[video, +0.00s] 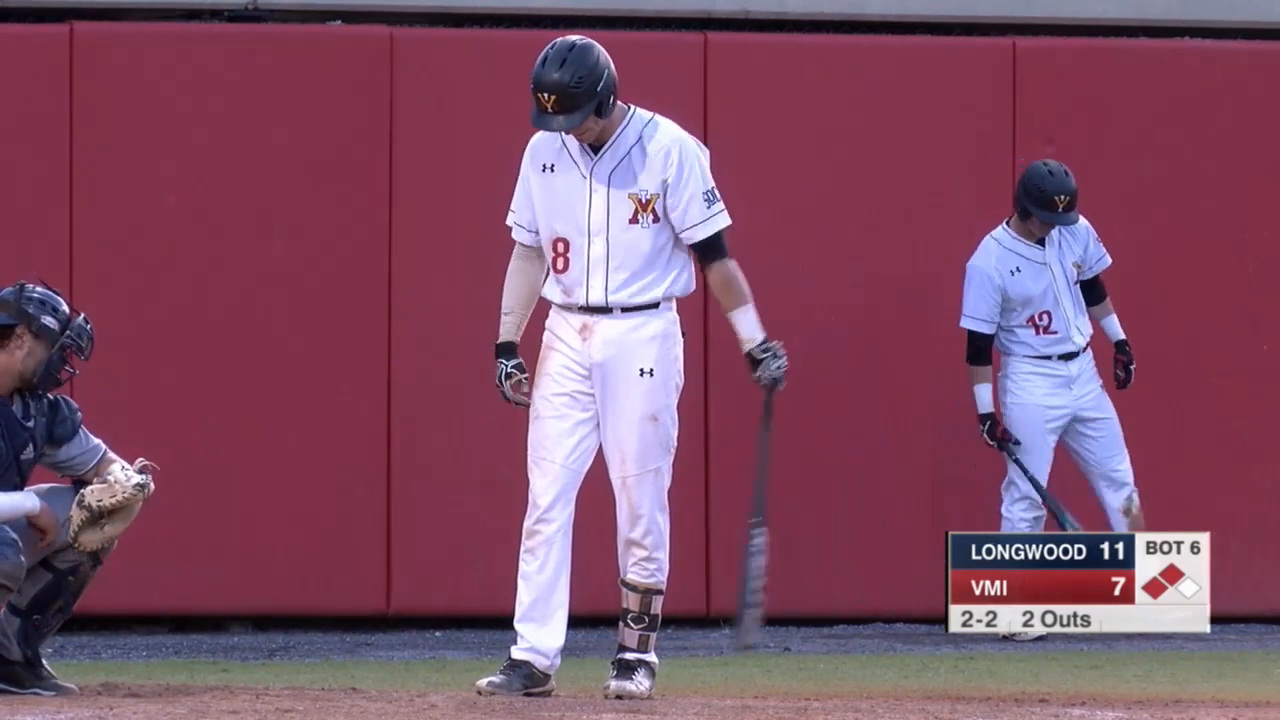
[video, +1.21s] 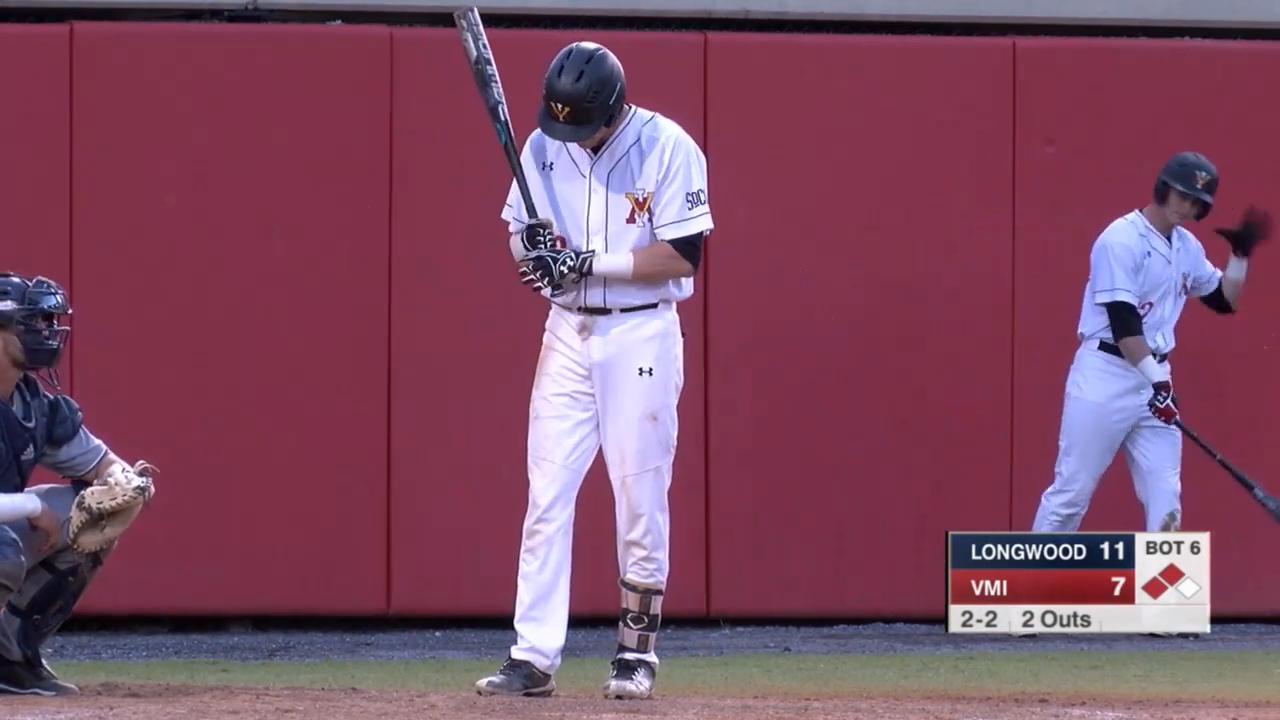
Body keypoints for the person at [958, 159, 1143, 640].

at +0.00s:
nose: (1059, 226)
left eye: (1063, 217)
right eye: (1051, 218)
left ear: (1067, 207)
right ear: (1026, 210)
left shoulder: (1073, 229)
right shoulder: (989, 261)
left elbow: (1094, 290)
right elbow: (978, 347)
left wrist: (1121, 342)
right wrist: (986, 414)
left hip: (1084, 376)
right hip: (1030, 384)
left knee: (1121, 487)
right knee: (1025, 501)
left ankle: (1146, 591)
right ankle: (1012, 607)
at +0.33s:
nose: (1120, 230)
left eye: (1125, 222)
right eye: (1114, 221)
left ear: (1125, 216)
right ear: (1092, 210)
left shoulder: (1130, 242)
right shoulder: (1046, 259)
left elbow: (1141, 306)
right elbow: (1024, 340)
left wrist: (1163, 361)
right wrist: (1007, 410)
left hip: (1121, 385)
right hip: (1067, 387)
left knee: (1147, 496)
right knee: (1046, 503)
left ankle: (1161, 606)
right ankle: (1022, 607)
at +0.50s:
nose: (1169, 231)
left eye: (1173, 224)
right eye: (1165, 222)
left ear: (1174, 219)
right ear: (1142, 210)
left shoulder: (1172, 247)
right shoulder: (1089, 252)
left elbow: (1172, 316)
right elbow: (1057, 330)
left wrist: (1189, 373)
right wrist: (1031, 398)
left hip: (1146, 387)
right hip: (1091, 385)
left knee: (1161, 498)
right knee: (1060, 497)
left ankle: (1160, 606)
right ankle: (1016, 598)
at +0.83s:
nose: (1220, 238)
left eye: (1226, 232)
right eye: (1219, 229)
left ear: (1225, 224)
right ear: (1198, 213)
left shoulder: (1210, 256)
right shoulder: (1137, 245)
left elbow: (1199, 326)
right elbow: (1111, 322)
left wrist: (1217, 378)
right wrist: (1098, 392)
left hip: (1162, 382)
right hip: (1111, 373)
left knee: (1168, 499)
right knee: (1070, 487)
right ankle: (1040, 585)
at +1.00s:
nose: (1221, 230)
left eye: (1226, 225)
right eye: (1219, 221)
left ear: (1226, 219)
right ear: (1195, 204)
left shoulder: (1206, 252)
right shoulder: (1137, 242)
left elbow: (1198, 316)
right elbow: (1125, 323)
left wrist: (1239, 335)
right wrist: (1134, 392)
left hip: (1162, 377)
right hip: (1109, 371)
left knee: (1168, 495)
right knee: (1073, 489)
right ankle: (1034, 580)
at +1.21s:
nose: (1187, 208)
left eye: (1197, 203)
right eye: (1183, 196)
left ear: (1202, 208)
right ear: (1163, 188)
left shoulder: (1186, 246)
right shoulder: (1120, 239)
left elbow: (1222, 301)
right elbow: (1124, 323)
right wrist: (1158, 381)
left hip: (1155, 378)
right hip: (1105, 372)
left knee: (1165, 505)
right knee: (1071, 496)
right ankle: (1029, 587)